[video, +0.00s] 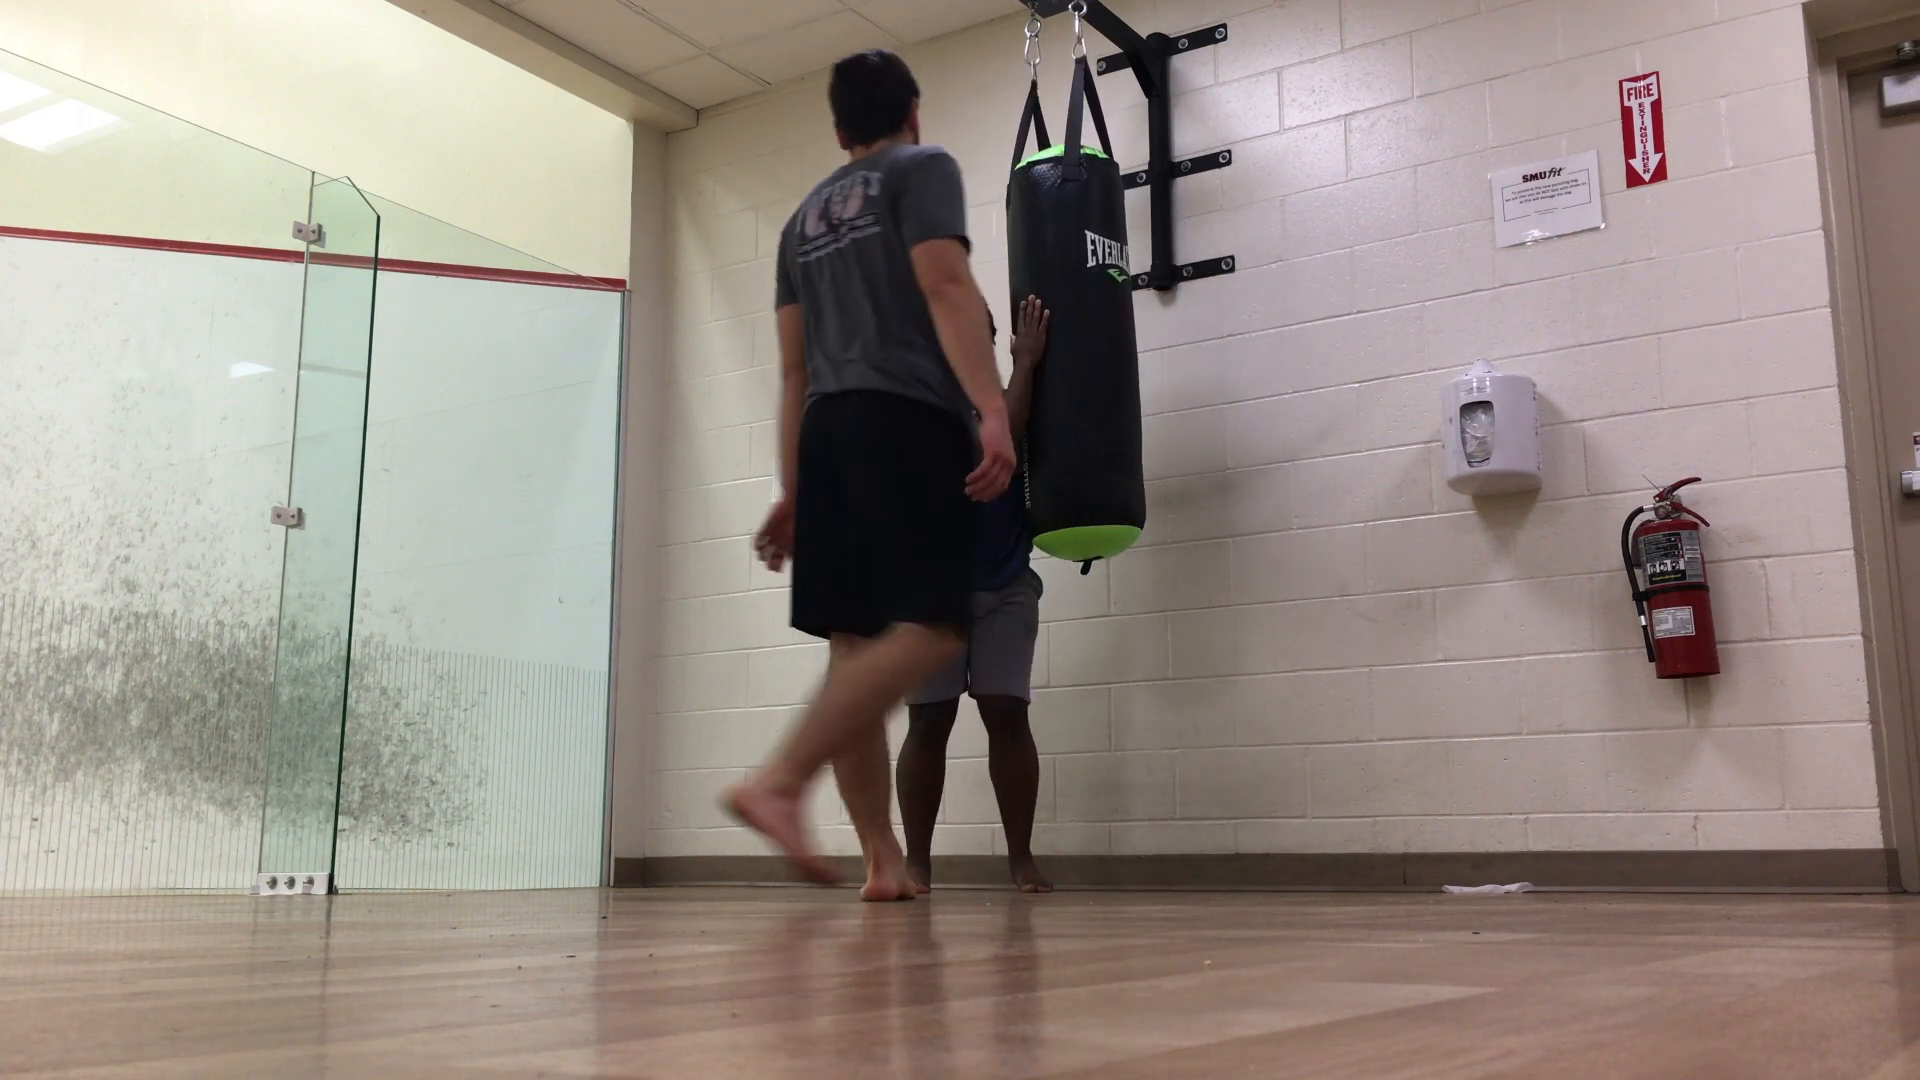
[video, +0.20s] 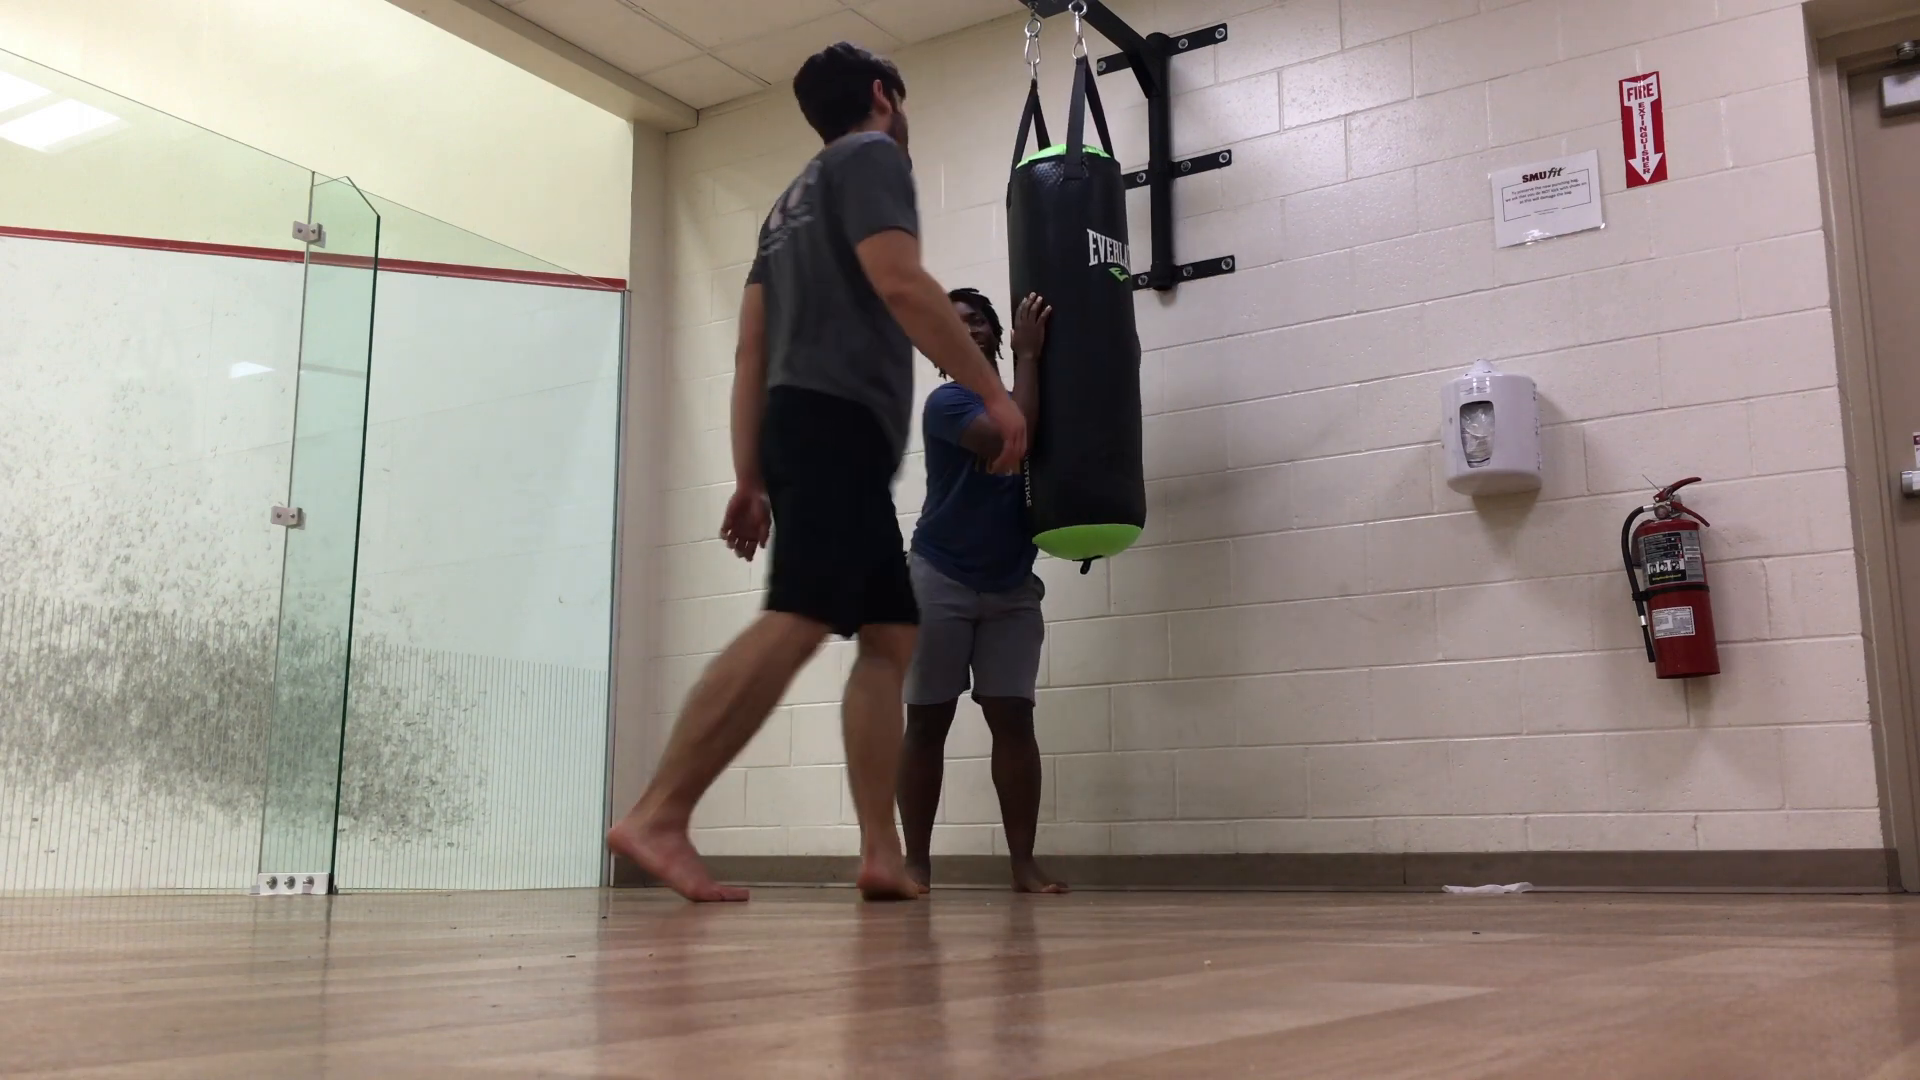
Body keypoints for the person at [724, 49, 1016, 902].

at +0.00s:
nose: (921, 126)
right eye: (919, 115)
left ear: (837, 130)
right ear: (914, 118)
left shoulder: (801, 219)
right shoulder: (921, 166)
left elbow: (794, 368)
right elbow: (943, 281)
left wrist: (793, 487)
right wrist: (991, 407)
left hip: (828, 440)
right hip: (909, 426)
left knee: (854, 642)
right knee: (936, 629)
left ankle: (884, 860)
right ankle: (775, 782)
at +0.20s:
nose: (905, 120)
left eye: (901, 106)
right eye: (901, 104)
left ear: (821, 116)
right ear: (881, 99)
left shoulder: (783, 206)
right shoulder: (868, 153)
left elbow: (753, 346)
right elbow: (898, 282)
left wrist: (748, 475)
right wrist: (995, 396)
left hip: (798, 425)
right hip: (835, 421)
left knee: (890, 631)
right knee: (800, 616)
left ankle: (882, 852)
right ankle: (655, 819)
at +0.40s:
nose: (901, 99)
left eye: (900, 84)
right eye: (901, 81)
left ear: (836, 70)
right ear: (882, 71)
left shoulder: (833, 147)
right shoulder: (823, 115)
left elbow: (832, 271)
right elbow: (830, 236)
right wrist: (931, 324)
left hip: (827, 394)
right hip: (793, 380)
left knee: (879, 597)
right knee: (782, 584)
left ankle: (852, 818)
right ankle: (671, 806)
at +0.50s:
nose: (896, 105)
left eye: (897, 90)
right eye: (897, 87)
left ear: (836, 73)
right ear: (880, 73)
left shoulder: (841, 161)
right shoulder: (812, 119)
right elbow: (798, 229)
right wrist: (902, 319)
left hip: (843, 406)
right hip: (795, 391)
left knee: (859, 611)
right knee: (774, 589)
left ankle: (831, 832)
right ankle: (665, 813)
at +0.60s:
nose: (896, 116)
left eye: (896, 100)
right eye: (898, 96)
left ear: (827, 84)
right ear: (882, 84)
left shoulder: (833, 163)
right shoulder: (819, 134)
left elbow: (797, 289)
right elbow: (792, 243)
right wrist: (894, 351)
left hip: (827, 419)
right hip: (792, 407)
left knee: (862, 617)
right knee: (755, 594)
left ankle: (834, 827)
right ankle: (659, 815)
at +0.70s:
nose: (901, 120)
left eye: (902, 108)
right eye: (903, 104)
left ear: (824, 92)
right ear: (887, 91)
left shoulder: (825, 158)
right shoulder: (846, 136)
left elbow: (837, 328)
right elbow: (807, 245)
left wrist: (884, 438)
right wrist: (893, 361)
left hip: (812, 403)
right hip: (796, 394)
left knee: (865, 604)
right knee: (756, 592)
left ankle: (847, 821)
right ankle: (662, 811)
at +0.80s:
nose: (905, 135)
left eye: (903, 123)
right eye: (906, 121)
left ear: (832, 117)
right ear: (895, 115)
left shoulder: (814, 182)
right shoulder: (865, 155)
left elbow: (825, 336)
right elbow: (843, 260)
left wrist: (910, 434)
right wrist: (901, 395)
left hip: (805, 422)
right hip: (812, 416)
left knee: (846, 629)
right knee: (769, 600)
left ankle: (862, 847)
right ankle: (667, 807)